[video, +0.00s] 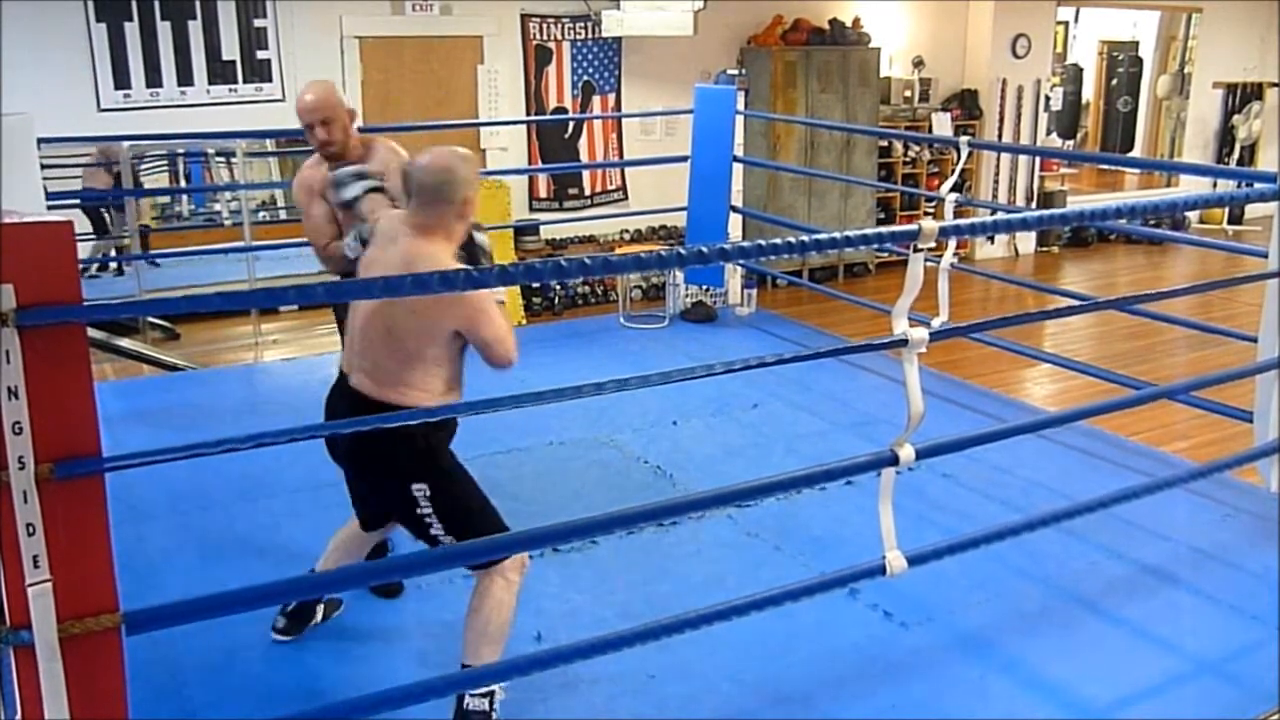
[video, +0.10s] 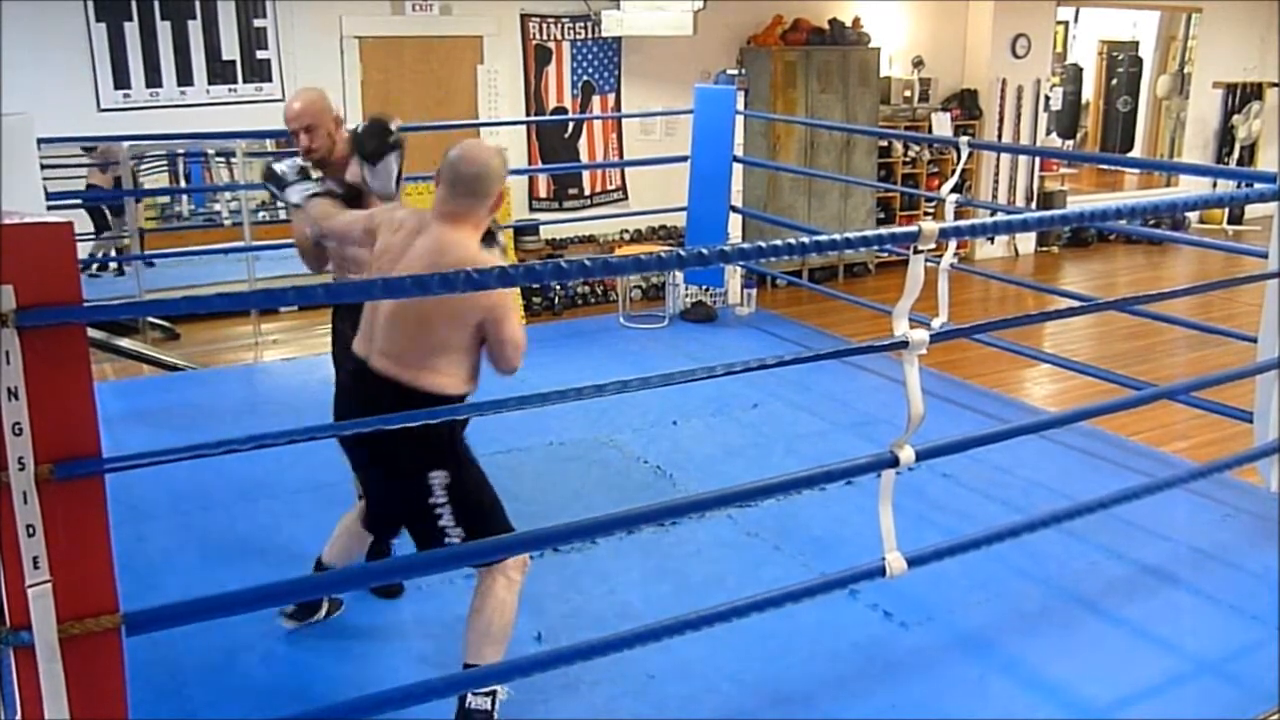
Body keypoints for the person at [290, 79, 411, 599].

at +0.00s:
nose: (318, 137)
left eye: (325, 124)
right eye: (308, 129)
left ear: (350, 115)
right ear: (302, 130)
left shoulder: (391, 155)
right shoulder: (308, 181)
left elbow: (421, 214)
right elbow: (330, 258)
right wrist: (362, 238)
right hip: (355, 301)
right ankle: (376, 543)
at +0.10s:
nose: (302, 143)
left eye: (310, 131)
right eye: (294, 134)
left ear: (338, 122)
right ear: (291, 137)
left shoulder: (375, 159)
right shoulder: (301, 180)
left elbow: (388, 226)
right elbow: (315, 259)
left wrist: (374, 182)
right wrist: (301, 206)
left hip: (395, 301)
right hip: (347, 304)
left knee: (390, 424)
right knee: (354, 423)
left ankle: (381, 538)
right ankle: (378, 540)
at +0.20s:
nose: (303, 142)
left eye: (310, 129)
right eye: (293, 133)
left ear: (333, 120)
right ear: (286, 132)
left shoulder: (359, 151)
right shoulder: (309, 170)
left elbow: (379, 173)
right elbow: (301, 249)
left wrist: (395, 136)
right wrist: (297, 194)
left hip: (372, 286)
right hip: (342, 288)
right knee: (352, 405)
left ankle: (374, 529)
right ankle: (371, 518)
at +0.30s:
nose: (305, 136)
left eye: (312, 124)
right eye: (296, 128)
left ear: (334, 115)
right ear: (289, 127)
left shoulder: (369, 155)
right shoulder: (295, 174)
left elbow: (400, 208)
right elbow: (289, 251)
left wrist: (390, 150)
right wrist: (278, 211)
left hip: (387, 282)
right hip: (335, 287)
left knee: (399, 389)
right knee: (354, 415)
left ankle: (416, 481)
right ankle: (369, 524)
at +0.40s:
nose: (305, 135)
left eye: (313, 125)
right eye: (296, 127)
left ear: (334, 117)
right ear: (287, 127)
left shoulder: (361, 160)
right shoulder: (289, 174)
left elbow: (391, 209)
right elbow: (285, 252)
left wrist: (382, 161)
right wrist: (270, 210)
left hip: (375, 280)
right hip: (320, 287)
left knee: (389, 391)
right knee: (330, 409)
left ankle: (404, 484)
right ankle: (354, 528)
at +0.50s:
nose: (279, 117)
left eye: (287, 109)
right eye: (273, 109)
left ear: (311, 108)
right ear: (268, 110)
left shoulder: (344, 146)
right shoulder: (266, 158)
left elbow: (365, 210)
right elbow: (279, 216)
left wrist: (364, 165)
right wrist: (293, 167)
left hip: (354, 271)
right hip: (301, 276)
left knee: (383, 377)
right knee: (290, 396)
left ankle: (407, 479)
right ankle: (307, 516)